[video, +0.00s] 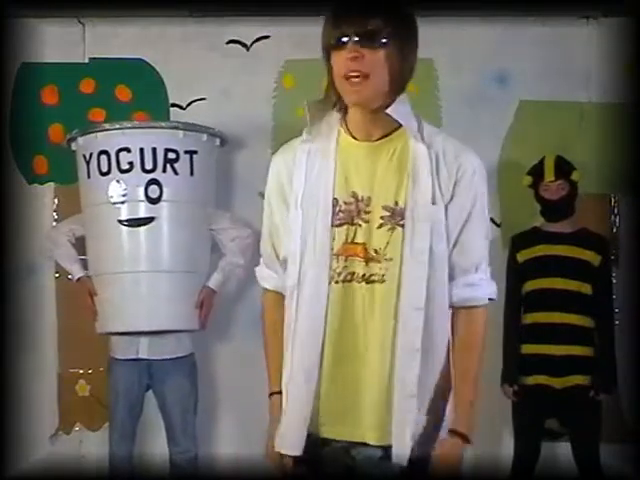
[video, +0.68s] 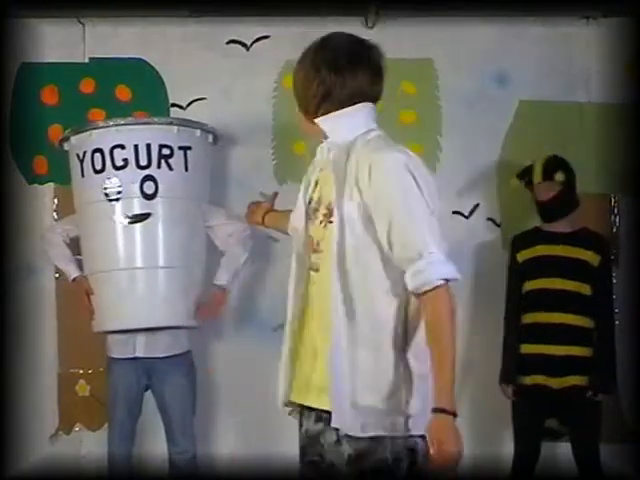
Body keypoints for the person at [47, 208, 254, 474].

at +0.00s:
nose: (146, 194)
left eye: (155, 188)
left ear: (169, 186)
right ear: (126, 188)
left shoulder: (192, 213)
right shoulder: (108, 215)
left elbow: (242, 238)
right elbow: (57, 234)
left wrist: (213, 286)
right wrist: (80, 276)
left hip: (175, 348)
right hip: (123, 349)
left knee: (184, 449)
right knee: (120, 450)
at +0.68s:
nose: (142, 193)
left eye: (151, 187)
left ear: (163, 184)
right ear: (123, 187)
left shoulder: (187, 211)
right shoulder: (106, 216)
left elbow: (239, 235)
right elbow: (53, 233)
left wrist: (220, 288)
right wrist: (76, 277)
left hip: (172, 349)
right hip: (122, 351)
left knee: (182, 449)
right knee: (119, 451)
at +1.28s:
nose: (142, 190)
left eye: (149, 185)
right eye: (134, 185)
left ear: (162, 183)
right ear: (122, 184)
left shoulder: (181, 209)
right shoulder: (107, 212)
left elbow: (238, 222)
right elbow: (55, 233)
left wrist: (260, 194)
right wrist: (76, 276)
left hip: (175, 337)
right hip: (124, 340)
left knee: (182, 430)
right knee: (124, 427)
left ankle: (185, 478)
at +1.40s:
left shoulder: (189, 210)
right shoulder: (109, 213)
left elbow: (258, 214)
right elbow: (53, 232)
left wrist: (236, 193)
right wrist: (77, 274)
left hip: (175, 337)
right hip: (124, 339)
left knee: (182, 433)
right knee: (123, 428)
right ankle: (118, 479)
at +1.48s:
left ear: (168, 188)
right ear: (125, 186)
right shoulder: (109, 215)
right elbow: (53, 230)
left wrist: (222, 188)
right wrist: (76, 274)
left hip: (174, 338)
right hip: (123, 341)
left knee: (183, 436)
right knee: (122, 430)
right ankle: (118, 479)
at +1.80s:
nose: (137, 187)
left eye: (144, 181)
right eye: (129, 182)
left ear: (159, 179)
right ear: (117, 182)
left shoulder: (178, 205)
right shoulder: (105, 213)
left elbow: (226, 215)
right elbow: (56, 231)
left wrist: (246, 178)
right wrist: (74, 275)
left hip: (174, 333)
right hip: (122, 338)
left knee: (182, 429)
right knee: (122, 429)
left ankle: (185, 476)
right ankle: (119, 479)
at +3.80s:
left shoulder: (183, 221)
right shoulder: (108, 217)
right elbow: (60, 229)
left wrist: (207, 297)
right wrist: (80, 276)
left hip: (173, 350)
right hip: (122, 352)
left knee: (183, 448)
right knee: (119, 449)